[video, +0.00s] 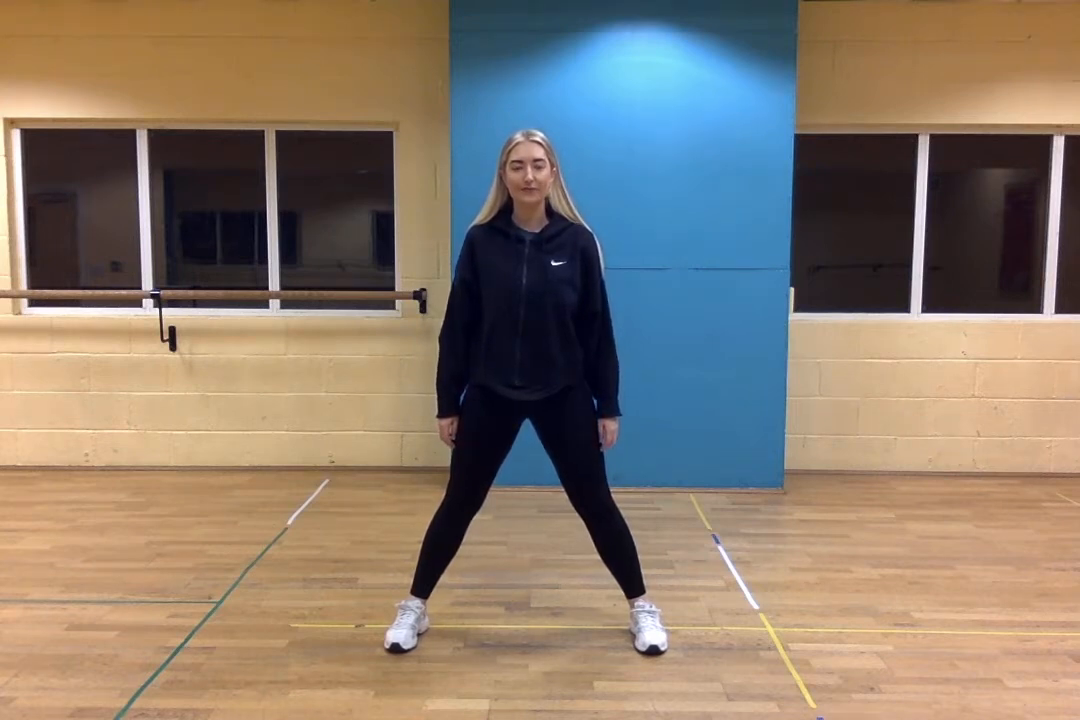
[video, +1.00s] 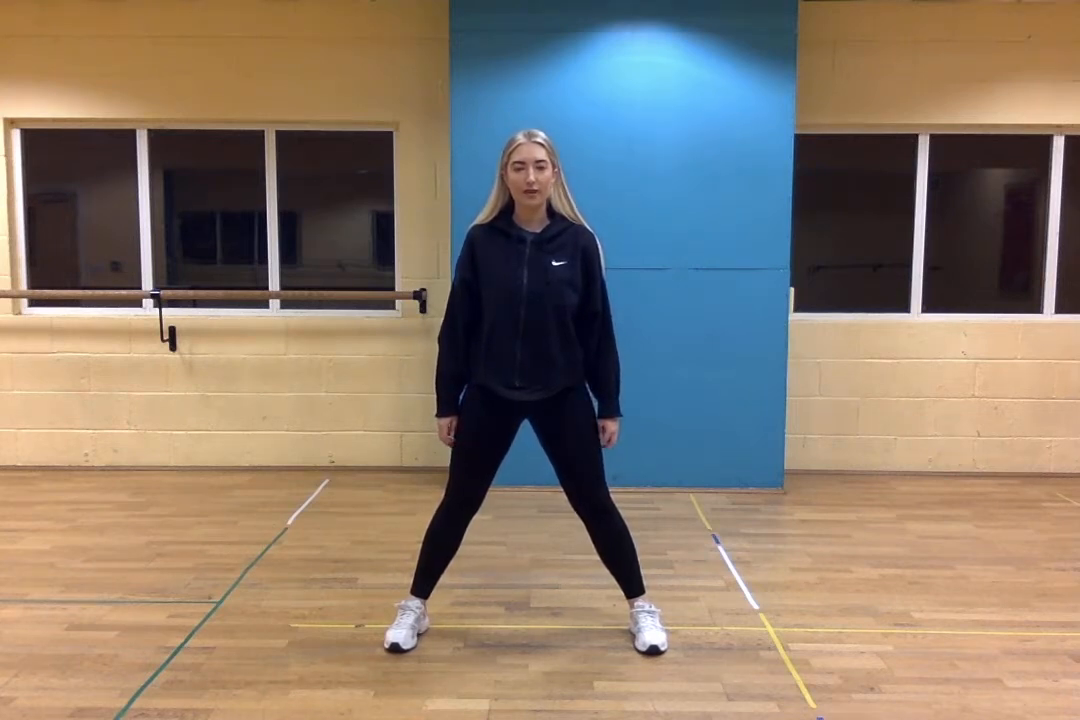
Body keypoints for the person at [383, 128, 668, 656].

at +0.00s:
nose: (528, 173)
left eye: (538, 164)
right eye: (518, 165)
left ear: (553, 173)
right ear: (504, 175)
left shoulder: (578, 240)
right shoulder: (481, 238)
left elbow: (597, 325)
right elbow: (457, 322)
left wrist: (608, 405)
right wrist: (448, 402)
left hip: (563, 394)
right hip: (491, 394)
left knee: (595, 503)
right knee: (459, 501)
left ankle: (641, 607)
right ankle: (413, 606)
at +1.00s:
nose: (531, 175)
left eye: (540, 165)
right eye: (520, 166)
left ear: (554, 174)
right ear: (505, 176)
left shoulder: (579, 240)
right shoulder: (482, 238)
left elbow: (597, 325)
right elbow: (457, 321)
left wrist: (608, 404)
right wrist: (447, 402)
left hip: (561, 394)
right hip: (490, 394)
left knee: (594, 503)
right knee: (459, 501)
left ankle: (641, 607)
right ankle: (414, 606)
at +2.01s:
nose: (489, 181)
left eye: (499, 173)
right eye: (478, 172)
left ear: (514, 184)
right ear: (463, 182)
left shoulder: (534, 255)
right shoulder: (437, 246)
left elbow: (555, 336)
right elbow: (408, 324)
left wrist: (569, 414)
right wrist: (393, 404)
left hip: (520, 405)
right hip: (447, 404)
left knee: (571, 509)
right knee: (407, 519)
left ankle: (633, 605)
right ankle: (410, 608)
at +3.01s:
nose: (503, 188)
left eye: (513, 180)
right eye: (493, 180)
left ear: (528, 191)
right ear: (479, 192)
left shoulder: (552, 259)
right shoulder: (455, 257)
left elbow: (573, 341)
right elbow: (423, 336)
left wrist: (581, 417)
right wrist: (409, 415)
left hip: (529, 410)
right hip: (457, 410)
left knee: (573, 516)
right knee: (418, 516)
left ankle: (629, 609)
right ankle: (412, 610)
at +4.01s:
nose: (496, 190)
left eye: (506, 181)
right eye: (486, 181)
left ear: (520, 191)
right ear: (471, 192)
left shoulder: (543, 260)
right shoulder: (447, 255)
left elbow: (563, 341)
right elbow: (421, 332)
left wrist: (574, 417)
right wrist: (409, 406)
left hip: (528, 409)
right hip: (458, 409)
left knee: (577, 513)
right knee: (417, 517)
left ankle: (628, 609)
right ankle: (412, 610)